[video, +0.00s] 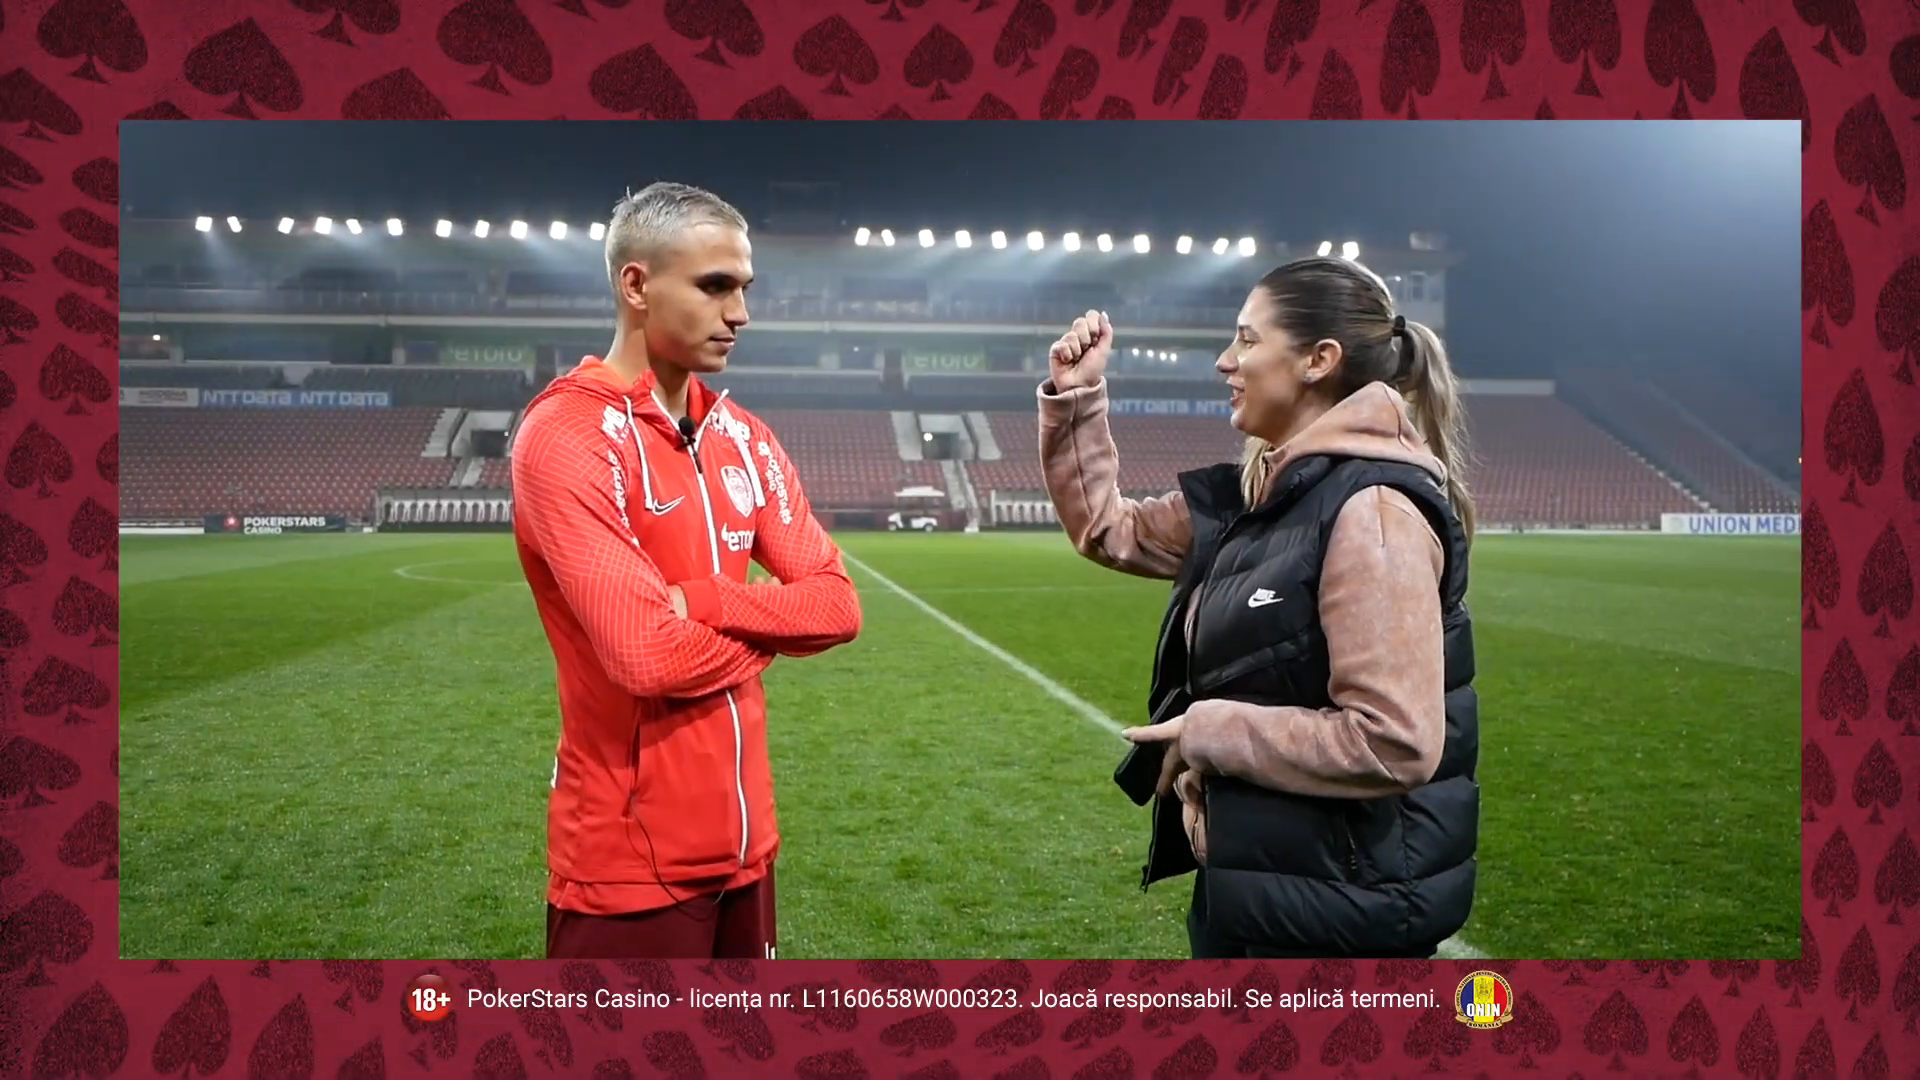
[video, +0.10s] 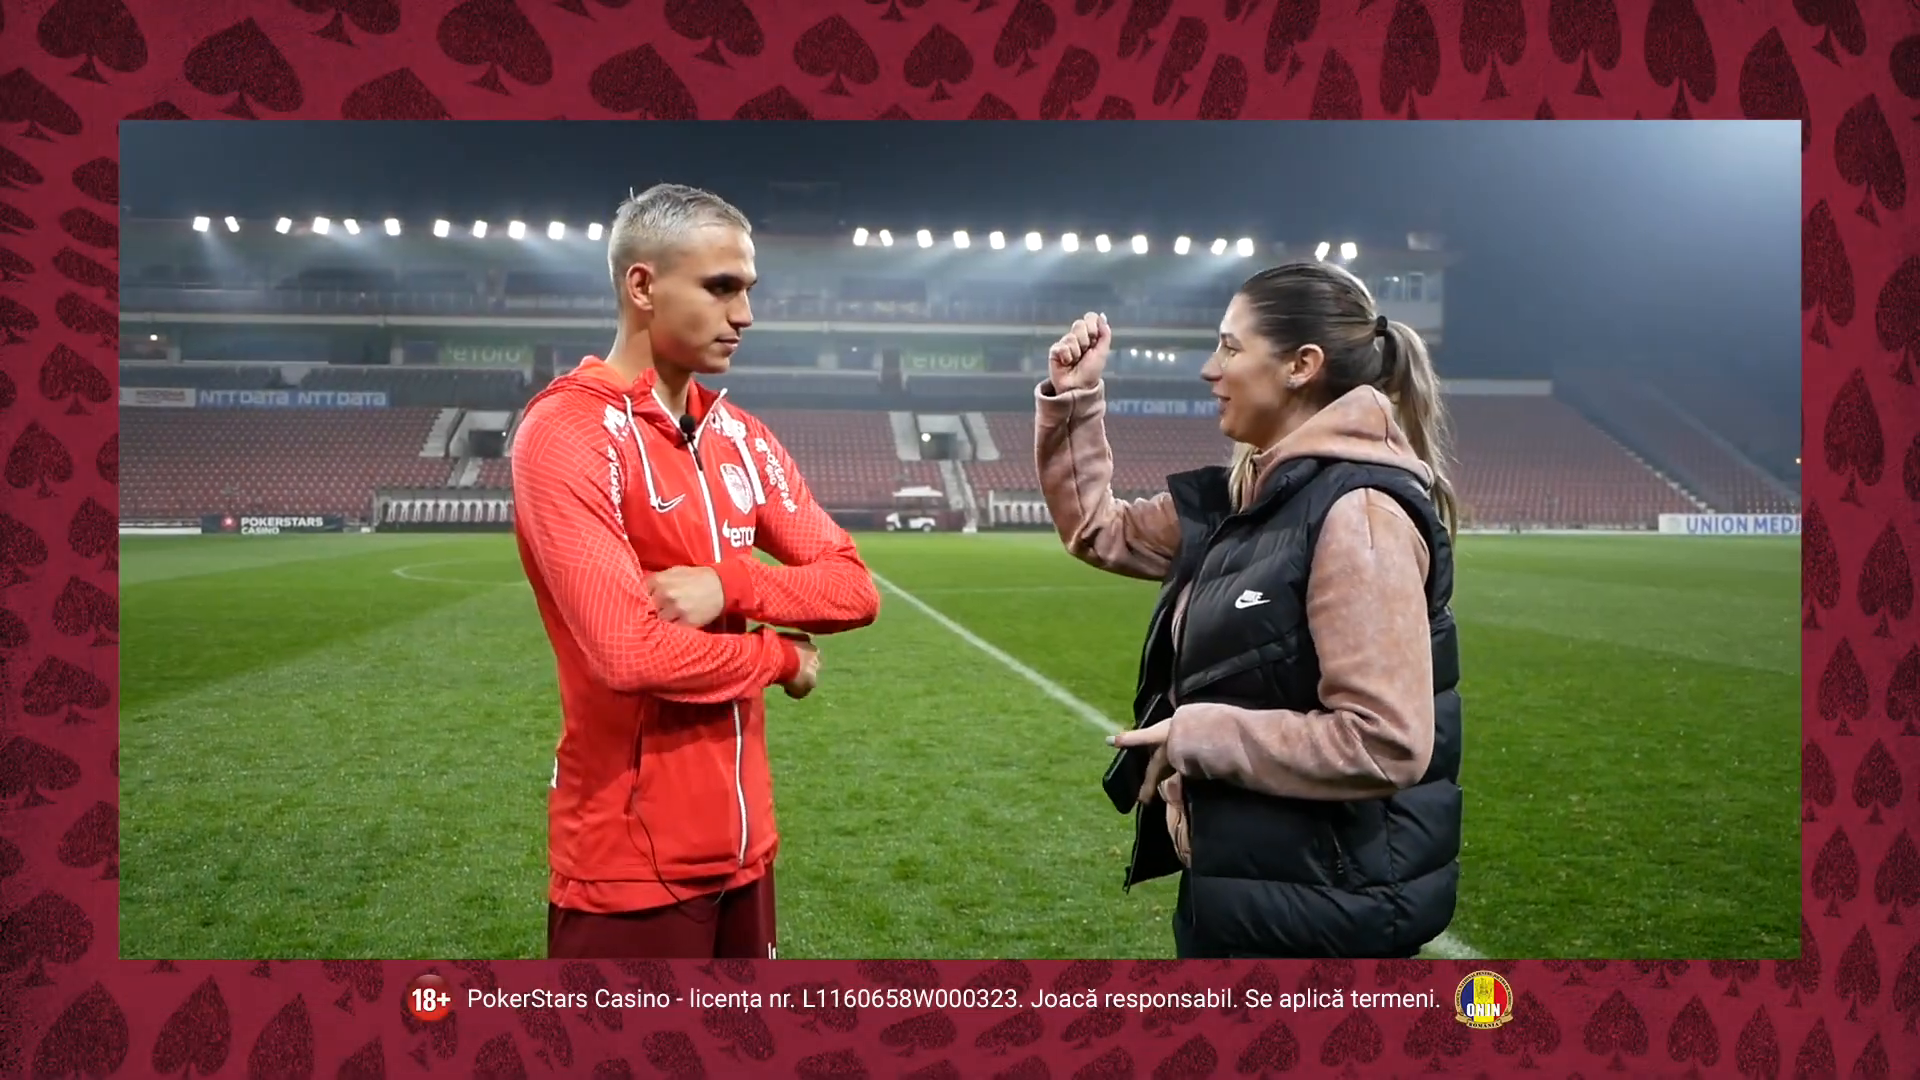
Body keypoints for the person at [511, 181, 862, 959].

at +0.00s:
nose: (740, 314)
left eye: (744, 290)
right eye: (715, 286)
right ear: (635, 285)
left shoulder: (744, 436)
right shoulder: (562, 438)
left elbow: (837, 607)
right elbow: (646, 659)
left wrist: (695, 600)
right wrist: (769, 627)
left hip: (741, 839)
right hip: (628, 853)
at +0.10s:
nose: (744, 314)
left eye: (748, 291)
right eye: (722, 287)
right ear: (641, 288)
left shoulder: (739, 433)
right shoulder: (563, 433)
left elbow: (854, 587)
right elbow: (629, 651)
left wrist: (730, 584)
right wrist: (779, 655)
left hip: (741, 840)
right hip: (629, 851)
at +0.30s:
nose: (763, 328)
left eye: (766, 304)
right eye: (744, 299)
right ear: (666, 290)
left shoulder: (735, 436)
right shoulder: (568, 436)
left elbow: (794, 591)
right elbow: (709, 598)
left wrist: (801, 637)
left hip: (743, 843)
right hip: (633, 855)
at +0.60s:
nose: (779, 327)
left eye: (780, 304)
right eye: (761, 299)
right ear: (683, 296)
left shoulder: (693, 427)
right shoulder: (619, 432)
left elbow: (704, 622)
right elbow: (848, 535)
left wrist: (780, 674)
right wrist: (925, 379)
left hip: (727, 856)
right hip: (650, 870)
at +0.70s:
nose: (777, 323)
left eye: (777, 299)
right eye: (758, 294)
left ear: (688, 299)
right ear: (682, 294)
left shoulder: (688, 424)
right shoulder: (625, 430)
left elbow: (699, 622)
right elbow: (854, 539)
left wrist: (781, 673)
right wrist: (959, 395)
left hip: (726, 853)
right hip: (651, 864)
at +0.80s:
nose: (775, 319)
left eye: (776, 295)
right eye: (755, 290)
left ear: (686, 295)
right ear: (678, 290)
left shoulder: (695, 421)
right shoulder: (621, 426)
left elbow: (709, 615)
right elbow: (847, 530)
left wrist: (788, 674)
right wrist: (959, 388)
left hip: (732, 848)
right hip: (655, 860)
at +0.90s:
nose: (772, 319)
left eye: (774, 295)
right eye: (753, 290)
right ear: (675, 291)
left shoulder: (711, 430)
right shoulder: (613, 426)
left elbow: (742, 610)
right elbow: (821, 552)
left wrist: (795, 669)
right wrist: (925, 413)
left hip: (741, 848)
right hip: (658, 860)